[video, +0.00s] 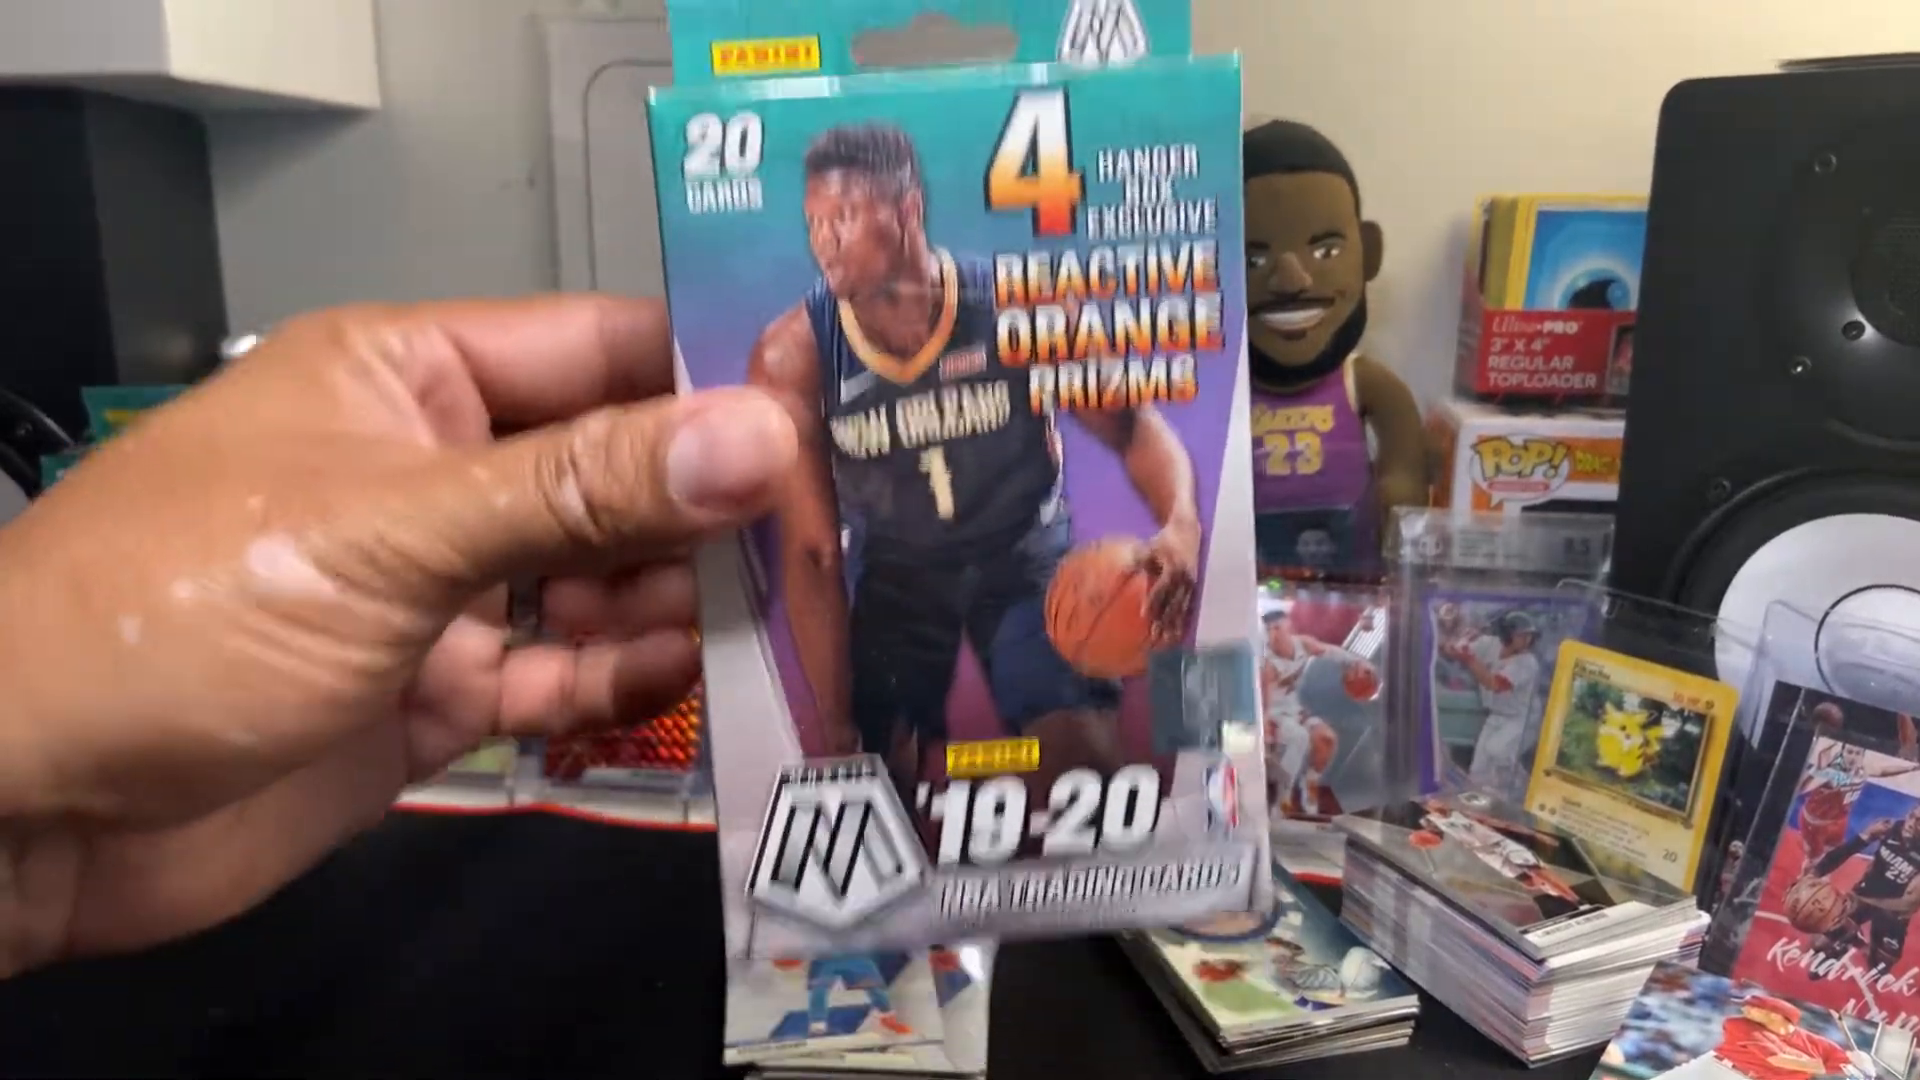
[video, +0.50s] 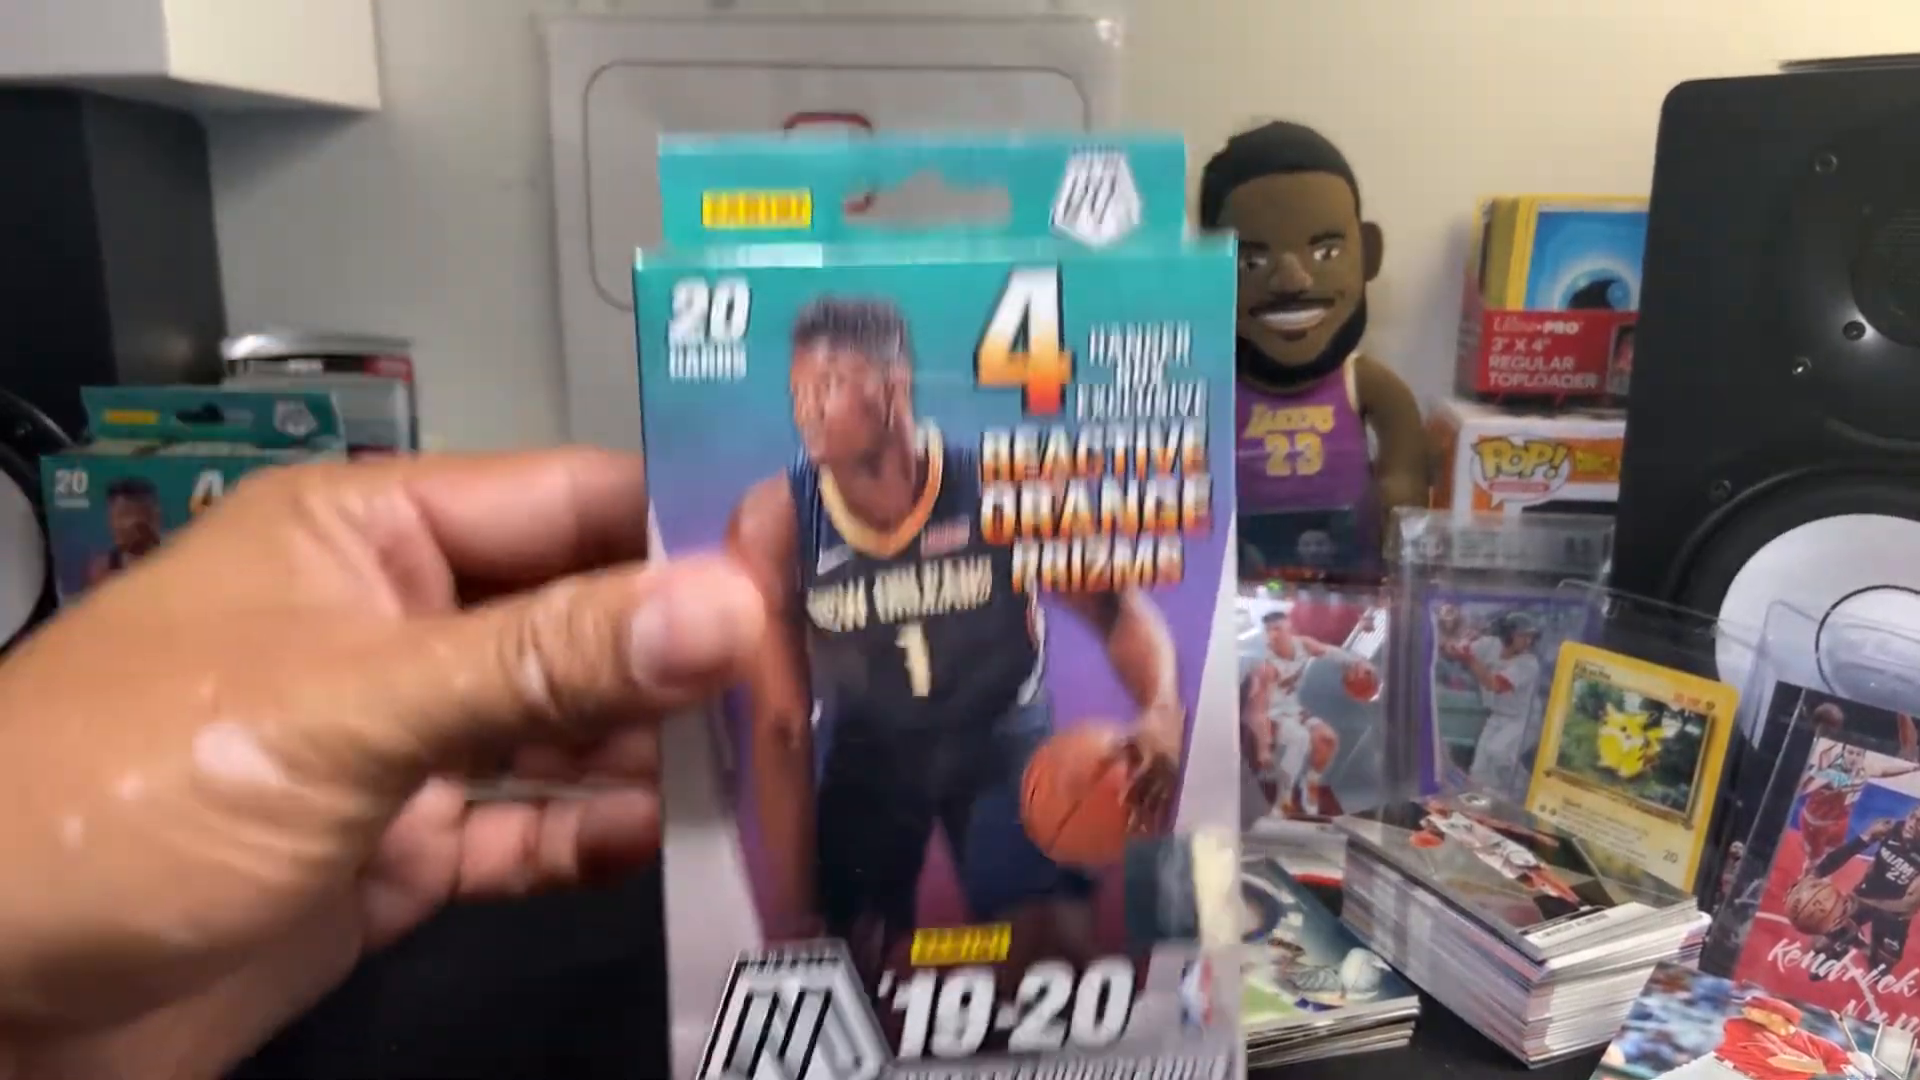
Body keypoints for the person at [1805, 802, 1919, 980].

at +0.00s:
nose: (1912, 824)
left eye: (1918, 822)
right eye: (1912, 817)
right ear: (1907, 814)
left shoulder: (1918, 857)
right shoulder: (1888, 829)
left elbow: (1909, 904)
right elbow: (1847, 850)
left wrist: (1861, 902)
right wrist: (1815, 873)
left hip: (1895, 911)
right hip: (1864, 896)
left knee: (1879, 969)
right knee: (1819, 945)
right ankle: (1846, 942)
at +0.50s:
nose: (1912, 824)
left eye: (1918, 822)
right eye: (1912, 817)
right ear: (1907, 815)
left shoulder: (1917, 858)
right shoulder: (1888, 830)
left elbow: (1908, 905)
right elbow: (1848, 851)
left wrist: (1861, 903)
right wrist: (1816, 873)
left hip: (1895, 912)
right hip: (1865, 897)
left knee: (1880, 969)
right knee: (1820, 947)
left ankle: (1853, 939)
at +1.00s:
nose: (1912, 824)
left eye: (1918, 822)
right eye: (1912, 817)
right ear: (1907, 815)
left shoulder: (1918, 857)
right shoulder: (1888, 830)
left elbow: (1909, 904)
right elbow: (1847, 850)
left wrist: (1861, 903)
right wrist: (1814, 874)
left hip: (1896, 910)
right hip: (1865, 895)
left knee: (1880, 967)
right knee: (1820, 945)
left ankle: (1856, 940)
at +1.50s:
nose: (1910, 823)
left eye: (1917, 821)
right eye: (1910, 816)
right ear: (1905, 815)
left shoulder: (1917, 857)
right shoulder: (1887, 828)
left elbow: (1908, 904)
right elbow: (1846, 849)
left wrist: (1859, 902)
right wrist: (1814, 872)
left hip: (1894, 907)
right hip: (1865, 893)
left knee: (1878, 966)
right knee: (1819, 944)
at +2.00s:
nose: (1911, 824)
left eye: (1918, 822)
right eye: (1911, 816)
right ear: (1906, 814)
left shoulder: (1918, 859)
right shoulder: (1887, 829)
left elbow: (1907, 905)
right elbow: (1845, 851)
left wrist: (1860, 903)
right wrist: (1814, 874)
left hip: (1895, 911)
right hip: (1863, 896)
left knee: (1878, 970)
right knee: (1818, 946)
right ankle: (1843, 945)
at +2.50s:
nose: (1913, 825)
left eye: (1919, 823)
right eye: (1914, 817)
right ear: (1909, 815)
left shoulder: (1918, 857)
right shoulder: (1889, 829)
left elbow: (1910, 905)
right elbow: (1849, 851)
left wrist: (1863, 904)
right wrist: (1816, 875)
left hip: (1897, 912)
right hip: (1866, 897)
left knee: (1881, 970)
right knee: (1821, 946)